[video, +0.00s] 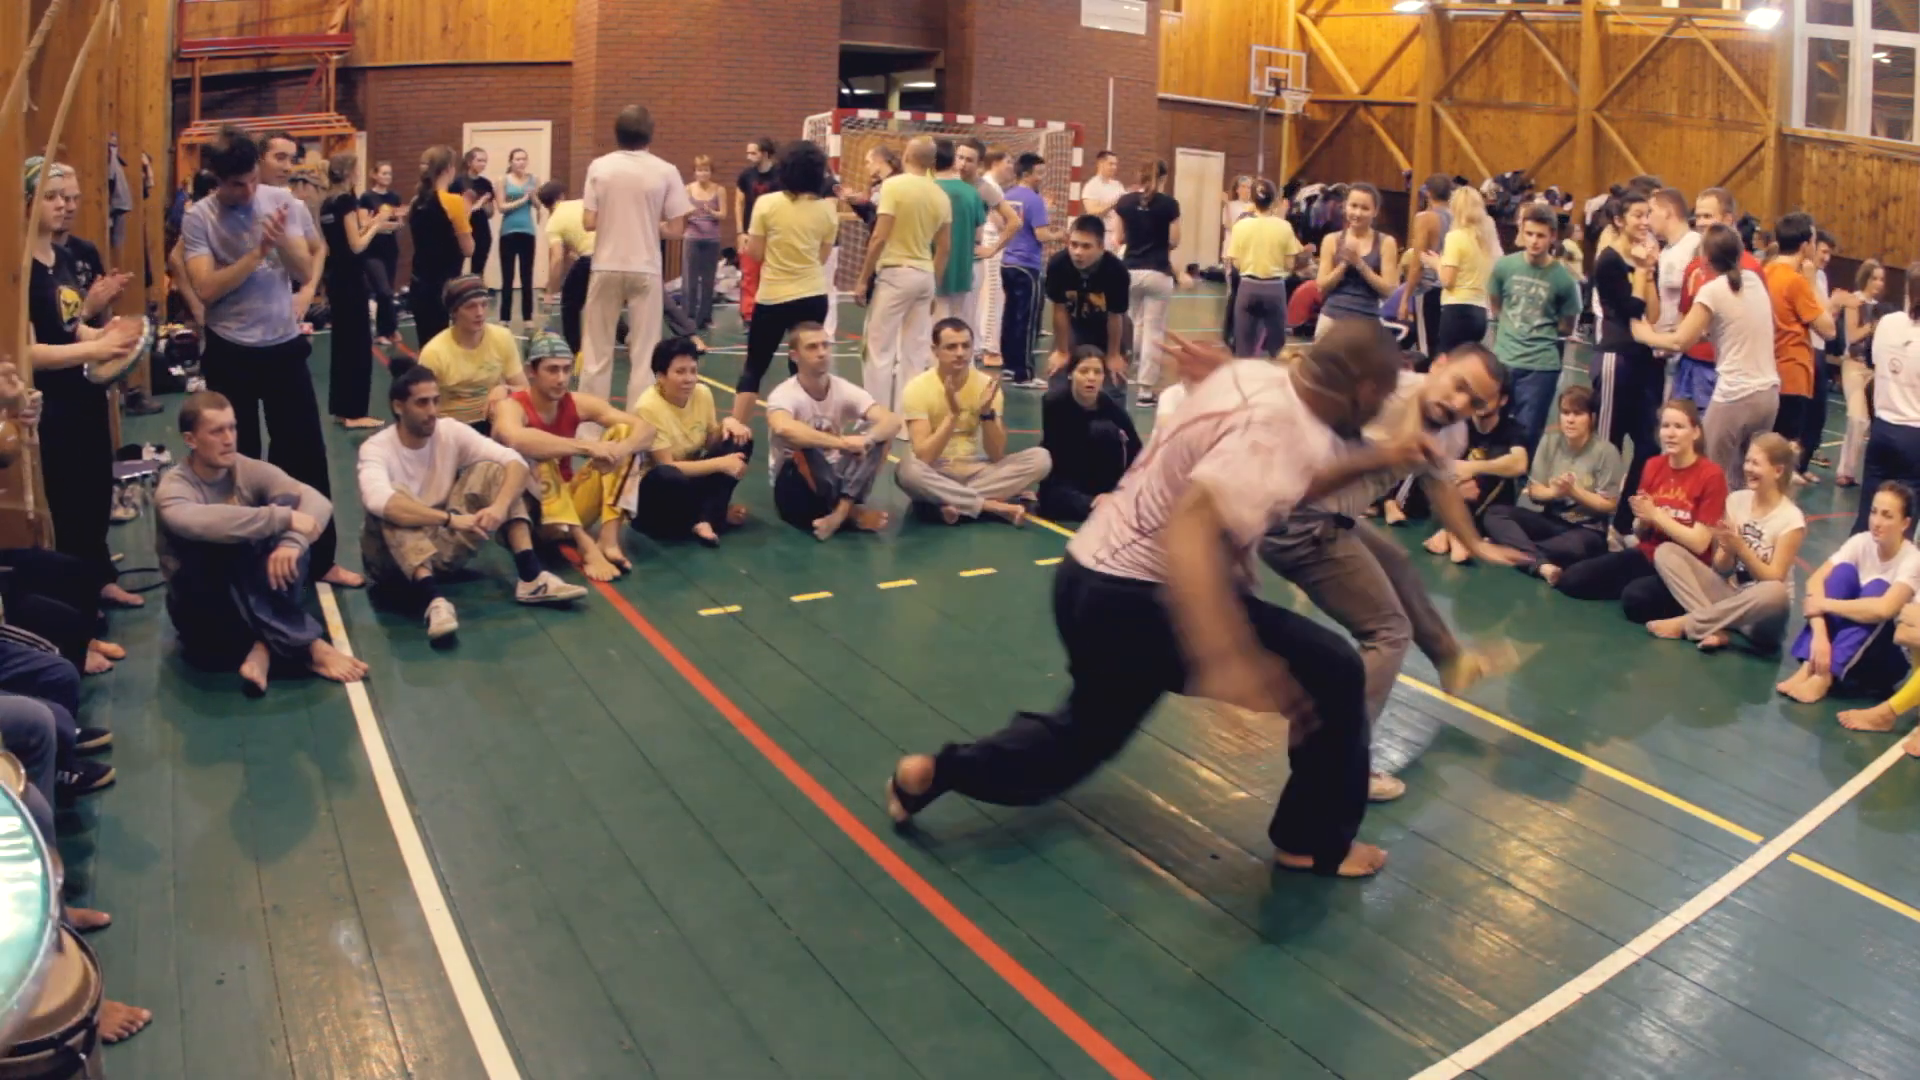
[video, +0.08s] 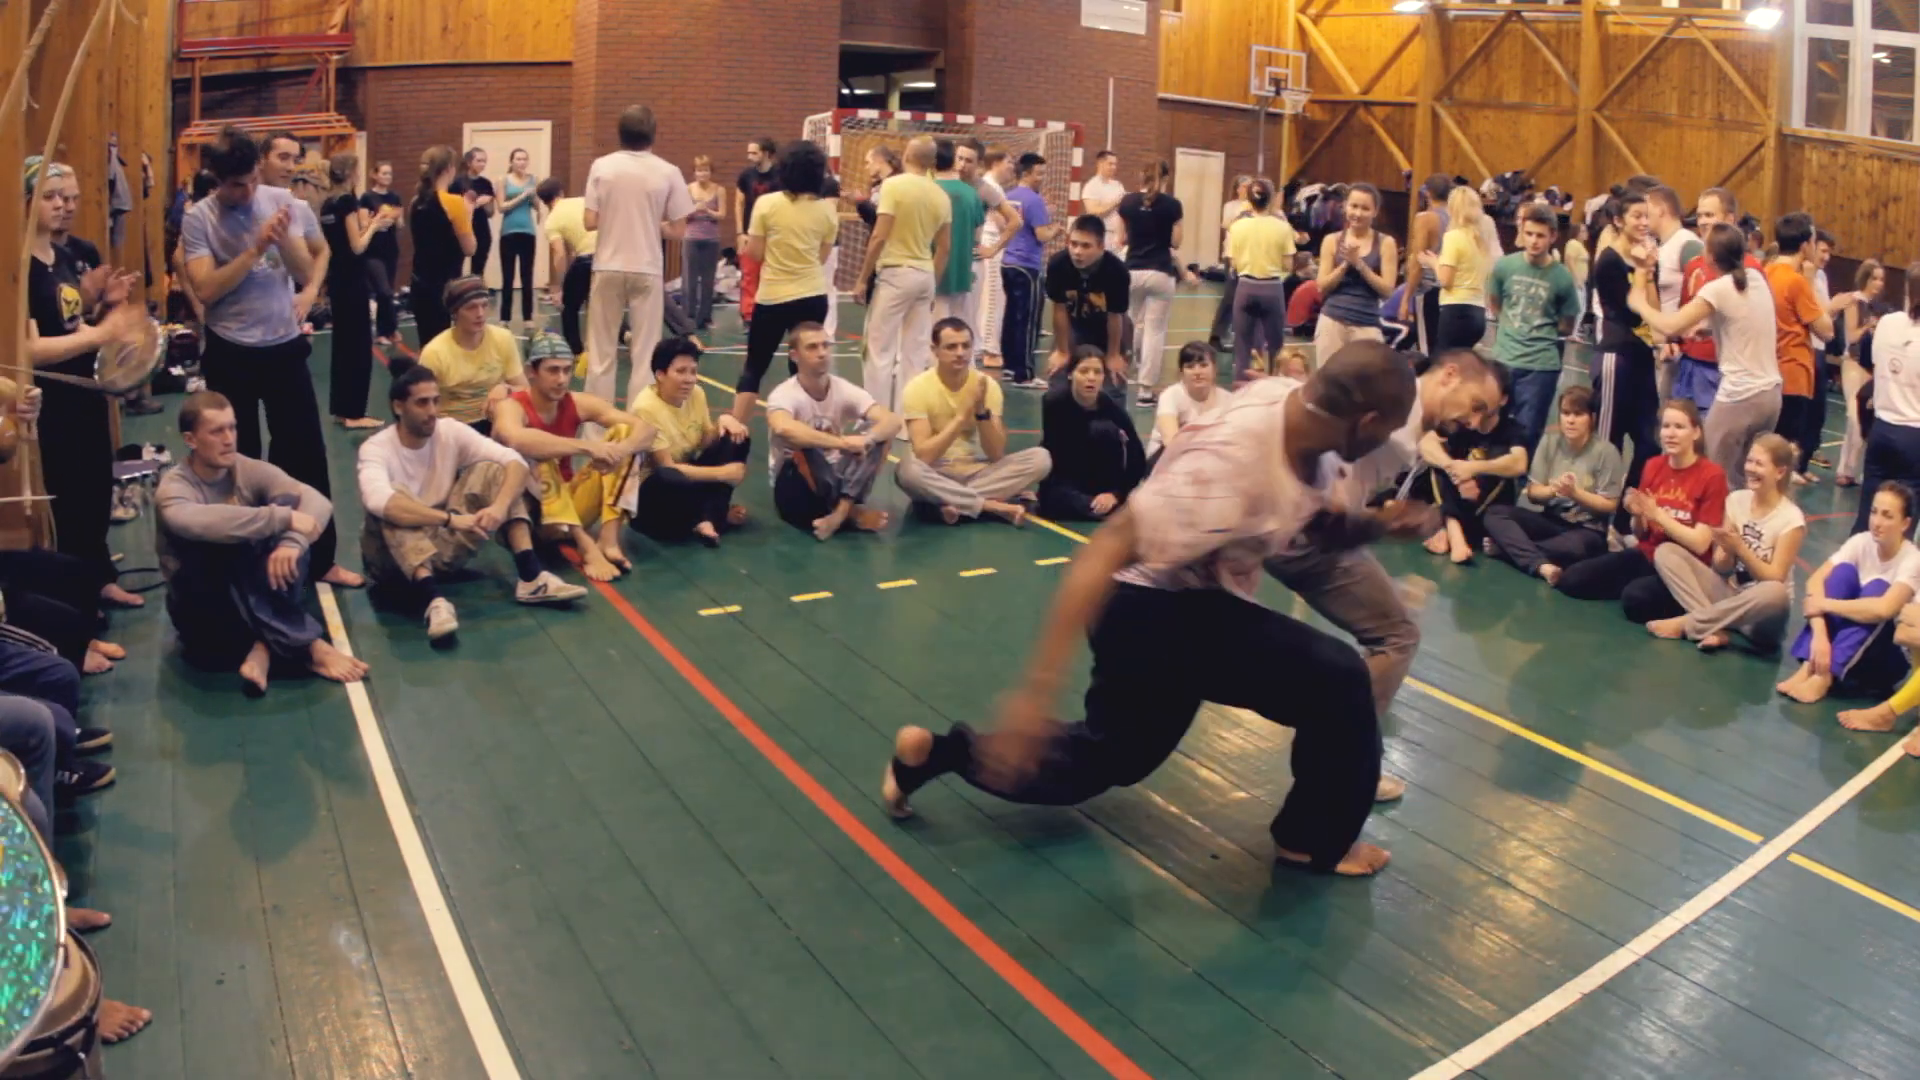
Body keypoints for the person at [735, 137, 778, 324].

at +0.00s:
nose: (749, 157)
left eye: (753, 154)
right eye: (748, 153)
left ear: (765, 154)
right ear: (749, 154)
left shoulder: (780, 174)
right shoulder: (746, 176)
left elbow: (786, 204)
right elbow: (739, 204)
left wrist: (782, 229)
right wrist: (740, 231)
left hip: (774, 230)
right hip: (751, 230)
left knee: (771, 272)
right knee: (749, 274)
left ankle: (771, 312)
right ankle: (748, 312)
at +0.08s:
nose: (749, 157)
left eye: (753, 153)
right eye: (749, 153)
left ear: (767, 154)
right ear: (750, 154)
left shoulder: (780, 175)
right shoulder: (746, 175)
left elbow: (786, 205)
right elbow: (739, 204)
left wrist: (783, 229)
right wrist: (740, 232)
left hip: (774, 231)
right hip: (752, 231)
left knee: (772, 273)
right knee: (750, 274)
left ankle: (772, 312)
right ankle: (748, 312)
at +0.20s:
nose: (751, 157)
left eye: (755, 152)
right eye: (750, 153)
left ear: (768, 153)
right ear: (749, 154)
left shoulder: (780, 175)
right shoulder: (746, 176)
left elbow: (786, 205)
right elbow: (739, 205)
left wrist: (783, 229)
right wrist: (740, 232)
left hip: (774, 231)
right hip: (752, 231)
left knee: (772, 273)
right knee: (749, 274)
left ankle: (771, 312)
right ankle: (748, 312)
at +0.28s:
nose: (752, 156)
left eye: (756, 152)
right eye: (750, 153)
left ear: (768, 152)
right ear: (749, 154)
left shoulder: (781, 175)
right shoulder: (746, 176)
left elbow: (786, 205)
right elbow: (738, 205)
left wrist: (783, 229)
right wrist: (739, 233)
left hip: (775, 231)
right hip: (752, 231)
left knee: (773, 273)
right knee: (749, 274)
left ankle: (772, 312)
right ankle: (748, 312)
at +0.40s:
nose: (752, 156)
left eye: (757, 151)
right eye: (750, 152)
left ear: (769, 152)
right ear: (749, 154)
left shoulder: (780, 175)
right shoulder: (745, 177)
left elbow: (786, 206)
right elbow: (738, 205)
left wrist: (783, 229)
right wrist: (739, 233)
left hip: (775, 231)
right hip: (752, 232)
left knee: (773, 273)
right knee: (749, 274)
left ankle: (773, 312)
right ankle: (748, 312)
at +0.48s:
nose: (752, 156)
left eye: (757, 151)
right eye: (750, 152)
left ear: (769, 152)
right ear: (749, 153)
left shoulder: (779, 175)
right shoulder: (745, 177)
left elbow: (785, 206)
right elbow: (738, 206)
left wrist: (782, 230)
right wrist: (739, 233)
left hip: (774, 231)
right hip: (751, 232)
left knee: (771, 272)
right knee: (749, 273)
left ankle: (771, 312)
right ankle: (747, 311)